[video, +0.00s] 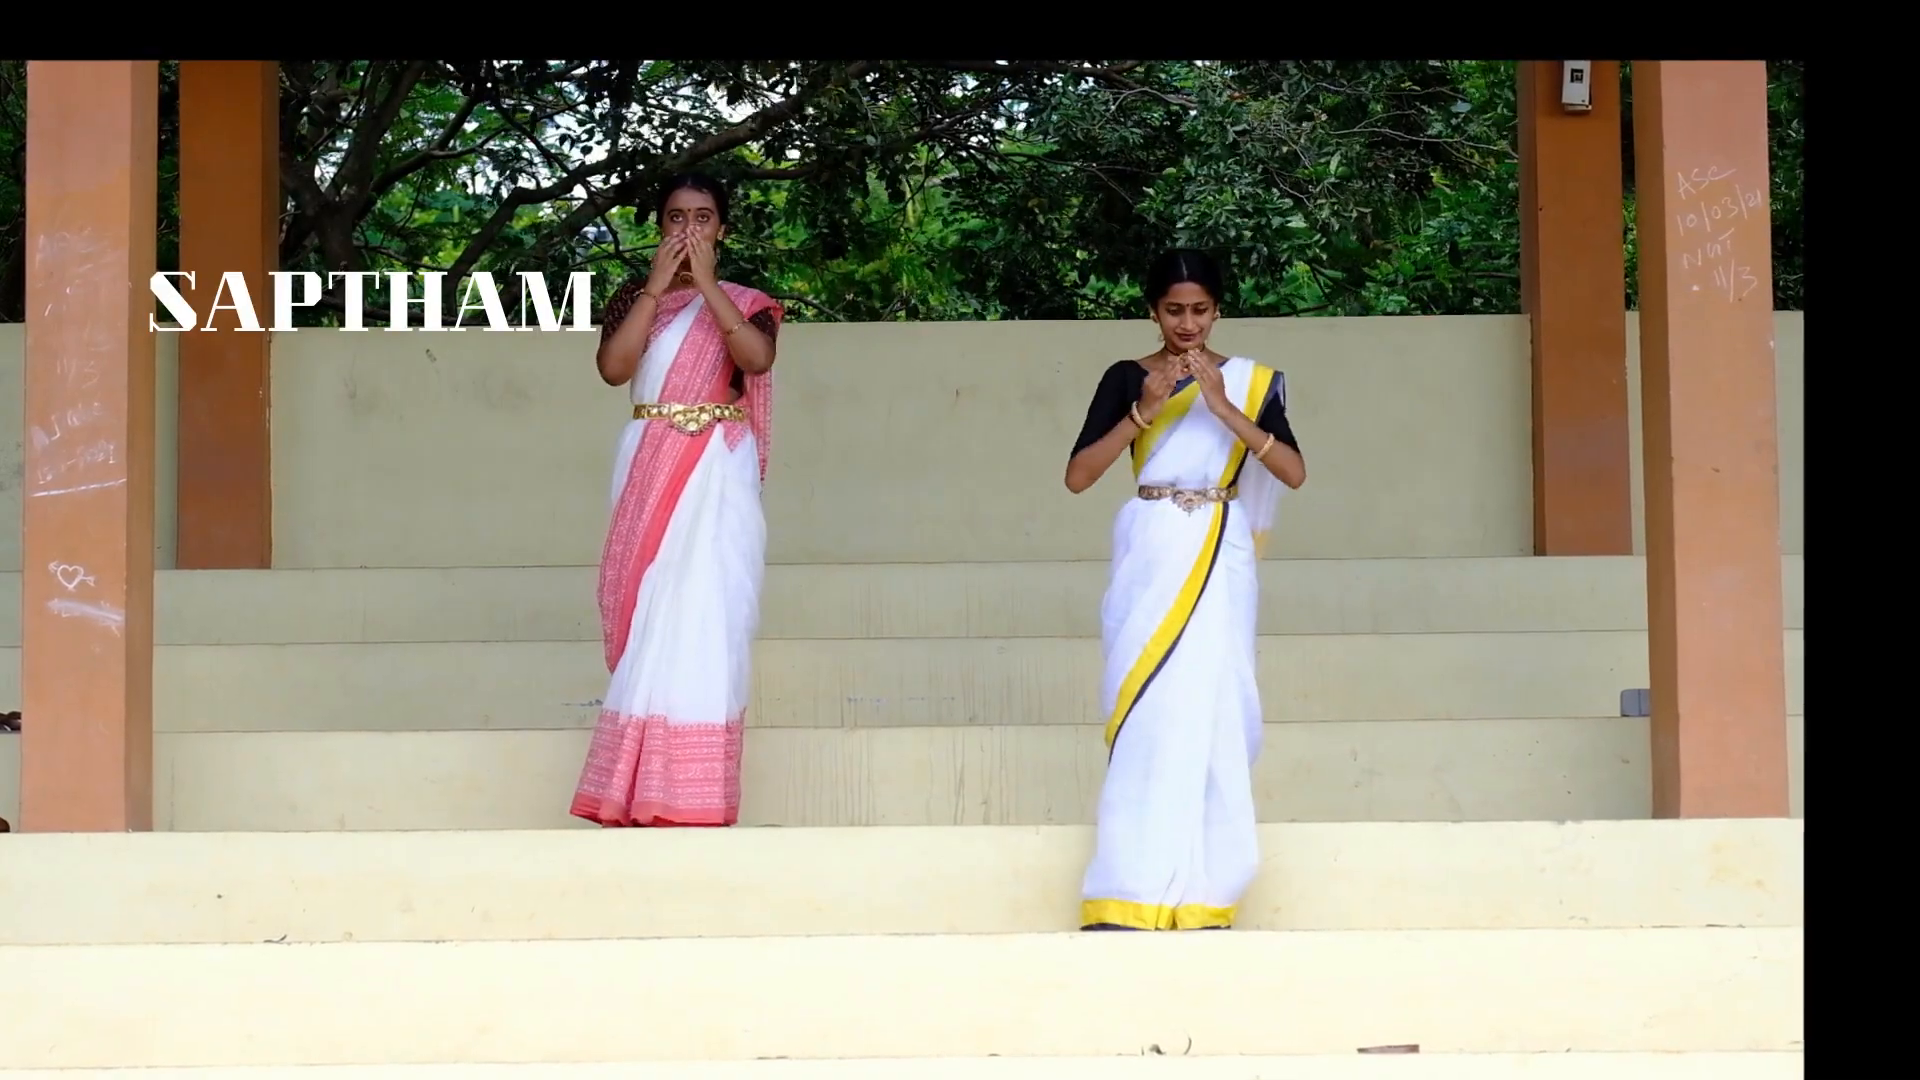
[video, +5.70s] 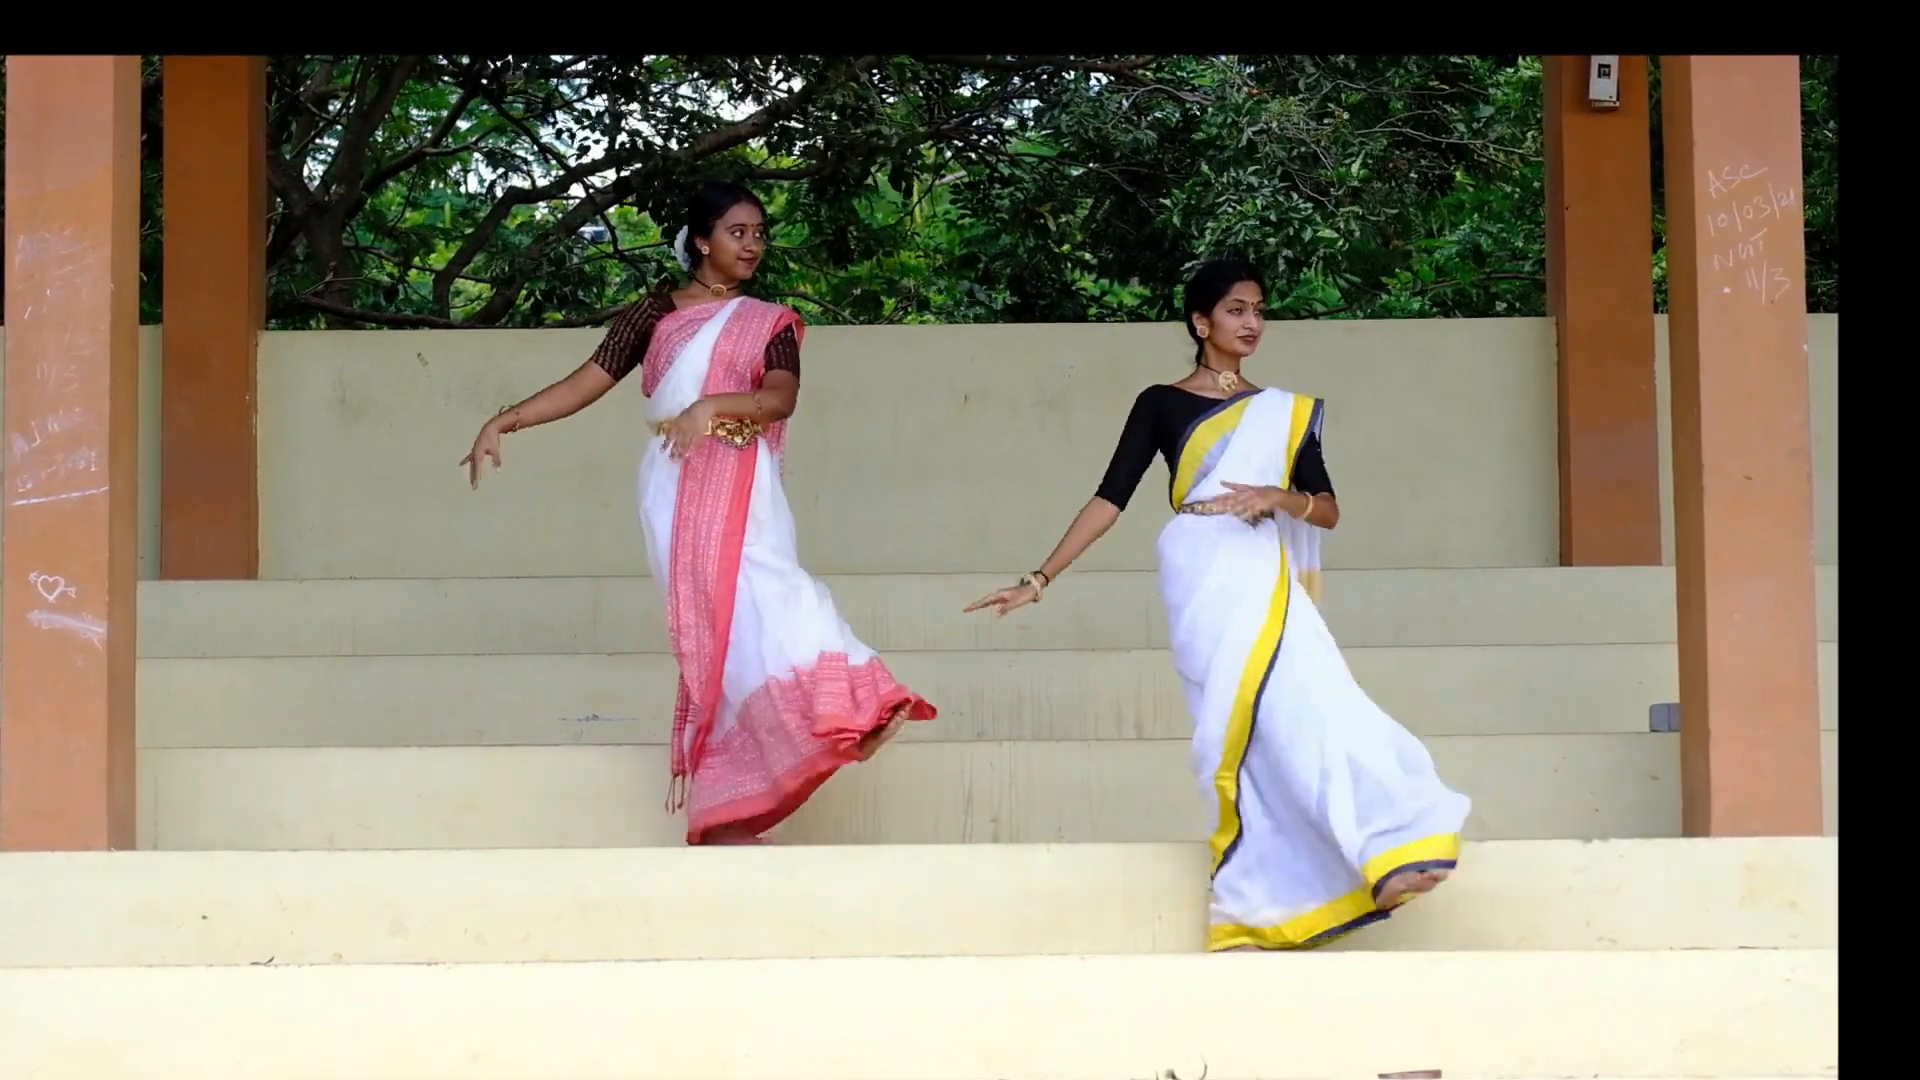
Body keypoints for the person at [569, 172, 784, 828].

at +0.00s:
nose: (688, 228)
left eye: (701, 217)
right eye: (677, 216)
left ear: (722, 226)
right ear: (659, 226)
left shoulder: (746, 302)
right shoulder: (638, 301)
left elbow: (756, 358)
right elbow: (613, 369)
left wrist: (707, 284)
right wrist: (654, 290)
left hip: (716, 474)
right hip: (649, 474)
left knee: (703, 620)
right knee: (648, 618)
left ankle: (689, 793)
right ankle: (636, 788)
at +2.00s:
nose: (677, 224)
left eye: (690, 213)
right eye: (666, 213)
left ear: (713, 228)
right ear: (648, 227)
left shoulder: (741, 304)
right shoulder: (629, 301)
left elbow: (734, 339)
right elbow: (618, 336)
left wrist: (696, 261)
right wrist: (655, 261)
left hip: (713, 478)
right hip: (643, 477)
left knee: (705, 628)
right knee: (639, 625)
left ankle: (703, 802)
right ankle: (631, 799)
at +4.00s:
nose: (682, 228)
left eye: (694, 216)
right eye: (673, 218)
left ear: (721, 227)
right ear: (660, 231)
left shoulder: (746, 299)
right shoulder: (643, 300)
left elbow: (747, 340)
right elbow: (604, 341)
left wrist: (707, 265)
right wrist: (633, 260)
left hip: (715, 472)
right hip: (645, 470)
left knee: (708, 625)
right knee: (646, 623)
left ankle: (702, 805)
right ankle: (641, 801)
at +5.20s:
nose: (704, 231)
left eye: (714, 220)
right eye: (690, 219)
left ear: (727, 229)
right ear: (664, 227)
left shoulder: (747, 307)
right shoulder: (631, 304)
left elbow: (766, 377)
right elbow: (590, 385)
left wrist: (702, 337)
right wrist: (636, 337)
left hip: (727, 482)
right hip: (655, 481)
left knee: (717, 629)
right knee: (658, 628)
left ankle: (703, 809)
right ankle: (652, 804)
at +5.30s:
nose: (720, 237)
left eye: (729, 226)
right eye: (705, 224)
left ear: (736, 235)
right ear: (674, 233)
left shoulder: (755, 313)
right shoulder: (633, 315)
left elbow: (767, 395)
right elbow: (609, 399)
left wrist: (720, 414)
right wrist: (604, 427)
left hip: (733, 490)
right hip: (659, 489)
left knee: (717, 631)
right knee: (661, 631)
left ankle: (706, 812)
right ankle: (659, 806)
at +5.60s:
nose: (748, 241)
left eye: (754, 229)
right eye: (734, 228)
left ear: (758, 235)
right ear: (698, 235)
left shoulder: (768, 315)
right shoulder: (651, 310)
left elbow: (768, 386)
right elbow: (583, 383)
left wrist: (693, 391)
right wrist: (505, 434)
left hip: (747, 479)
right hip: (674, 477)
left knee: (783, 585)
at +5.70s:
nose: (753, 245)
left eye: (758, 234)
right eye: (739, 232)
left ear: (761, 242)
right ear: (700, 239)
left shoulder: (771, 319)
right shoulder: (653, 315)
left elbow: (781, 398)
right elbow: (582, 386)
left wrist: (712, 406)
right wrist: (503, 420)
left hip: (748, 472)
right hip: (674, 475)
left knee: (764, 581)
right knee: (705, 612)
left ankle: (856, 698)